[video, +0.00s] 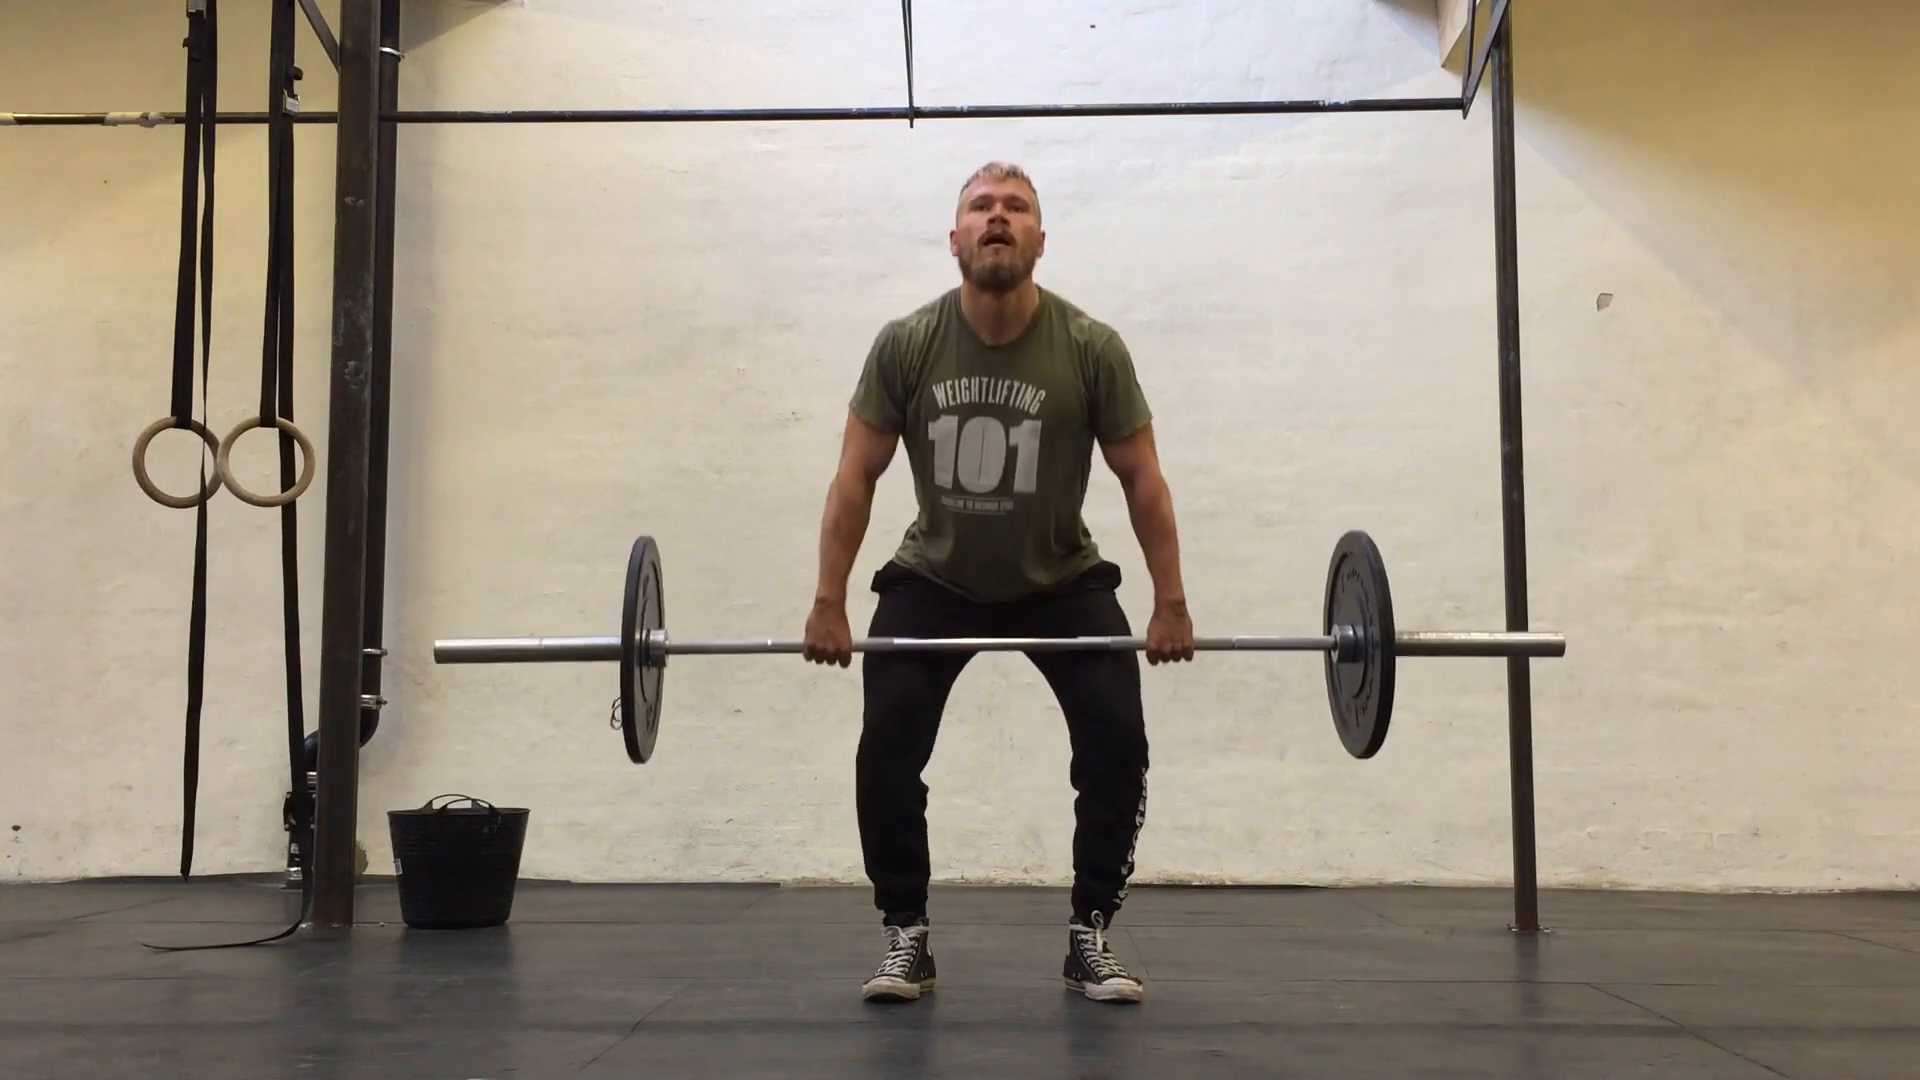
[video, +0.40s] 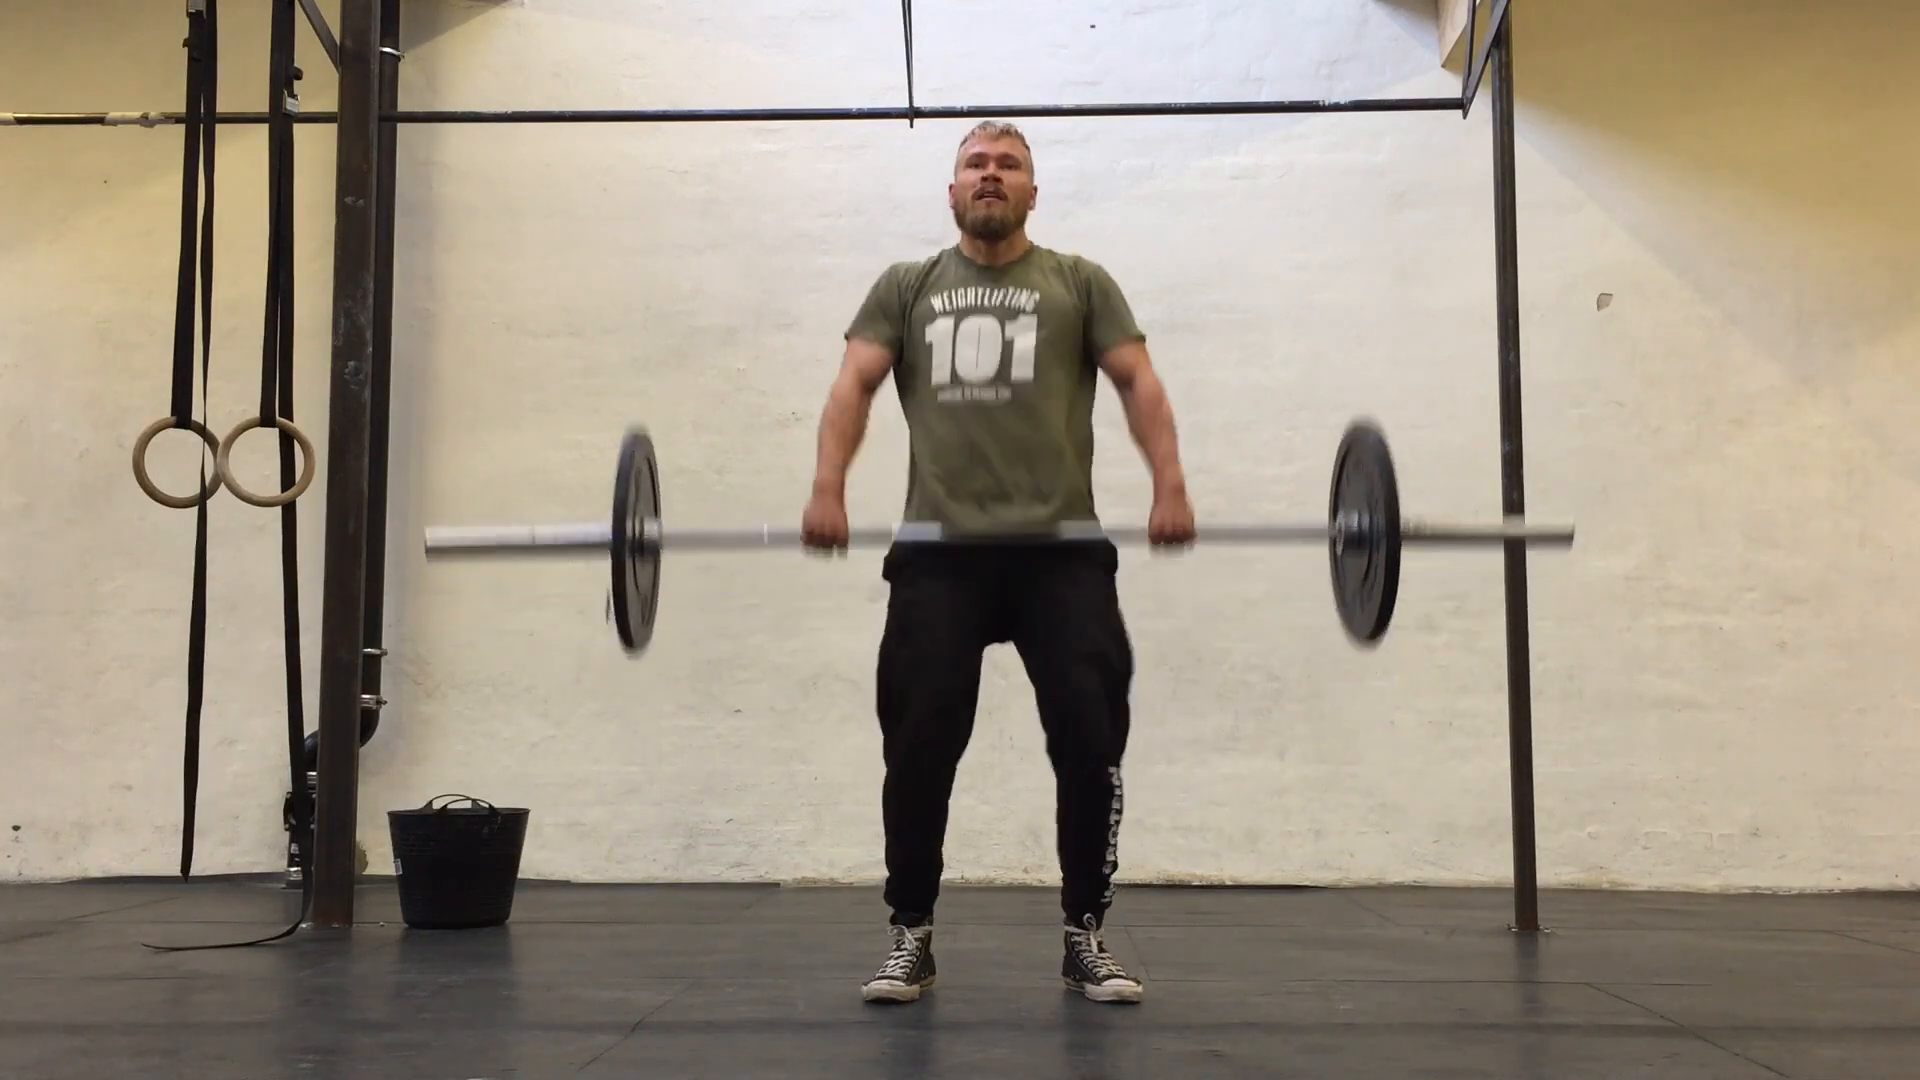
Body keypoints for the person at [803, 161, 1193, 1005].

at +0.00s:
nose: (997, 216)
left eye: (1015, 206)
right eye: (981, 205)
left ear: (1040, 239)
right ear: (954, 237)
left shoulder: (1093, 352)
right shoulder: (904, 348)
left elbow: (1141, 478)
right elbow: (855, 477)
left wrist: (1171, 600)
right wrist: (828, 600)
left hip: (1060, 580)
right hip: (935, 579)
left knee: (1117, 740)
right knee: (887, 745)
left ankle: (1091, 937)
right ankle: (904, 940)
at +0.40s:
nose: (989, 174)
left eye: (1007, 164)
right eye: (975, 163)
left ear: (1033, 189)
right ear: (951, 188)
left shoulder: (1081, 284)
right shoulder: (907, 287)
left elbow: (1139, 381)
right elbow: (854, 381)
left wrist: (1170, 484)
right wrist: (827, 486)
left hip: (1062, 552)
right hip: (939, 555)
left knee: (1091, 745)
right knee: (918, 745)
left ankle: (1086, 940)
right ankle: (909, 940)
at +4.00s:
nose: (1004, 279)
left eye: (1021, 271)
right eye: (988, 270)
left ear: (1044, 303)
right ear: (963, 301)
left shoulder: (1089, 392)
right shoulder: (924, 396)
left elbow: (1167, 442)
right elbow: (857, 436)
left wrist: (1166, 359)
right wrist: (843, 362)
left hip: (1066, 649)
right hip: (944, 648)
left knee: (1168, 776)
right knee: (857, 779)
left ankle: (1107, 943)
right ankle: (908, 945)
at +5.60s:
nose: (1008, 193)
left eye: (1025, 182)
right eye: (992, 181)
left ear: (1050, 210)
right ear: (965, 209)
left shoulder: (1104, 328)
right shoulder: (913, 327)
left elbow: (1153, 448)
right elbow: (869, 450)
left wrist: (1179, 575)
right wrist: (849, 575)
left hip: (1073, 572)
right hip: (948, 573)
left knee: (1118, 748)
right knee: (912, 752)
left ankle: (1108, 939)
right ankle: (909, 938)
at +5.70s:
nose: (1008, 229)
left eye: (1025, 218)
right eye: (991, 218)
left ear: (1052, 248)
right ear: (966, 249)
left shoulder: (1107, 364)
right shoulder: (915, 362)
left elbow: (1154, 487)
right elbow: (871, 486)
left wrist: (1180, 613)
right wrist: (849, 613)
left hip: (1070, 574)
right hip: (949, 573)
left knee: (1117, 729)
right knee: (905, 728)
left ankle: (1110, 938)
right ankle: (906, 938)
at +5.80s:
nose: (1010, 243)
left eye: (1027, 232)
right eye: (994, 232)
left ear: (1053, 263)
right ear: (968, 263)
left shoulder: (1106, 376)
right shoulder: (916, 374)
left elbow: (1150, 499)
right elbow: (873, 499)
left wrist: (1178, 625)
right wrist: (848, 626)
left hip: (1068, 578)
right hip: (948, 577)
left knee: (1113, 729)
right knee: (907, 726)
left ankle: (1109, 939)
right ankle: (906, 937)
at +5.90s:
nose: (1009, 233)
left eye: (1026, 223)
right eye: (992, 223)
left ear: (1053, 254)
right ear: (967, 254)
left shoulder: (1106, 366)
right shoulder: (916, 365)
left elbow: (1150, 489)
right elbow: (872, 487)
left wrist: (1177, 614)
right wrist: (847, 615)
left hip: (1069, 573)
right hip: (949, 571)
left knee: (1111, 732)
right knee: (912, 726)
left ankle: (1108, 936)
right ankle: (906, 937)